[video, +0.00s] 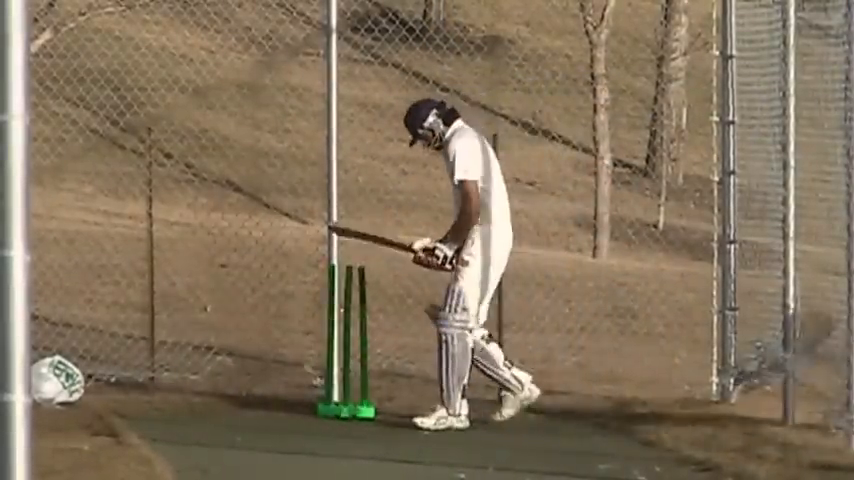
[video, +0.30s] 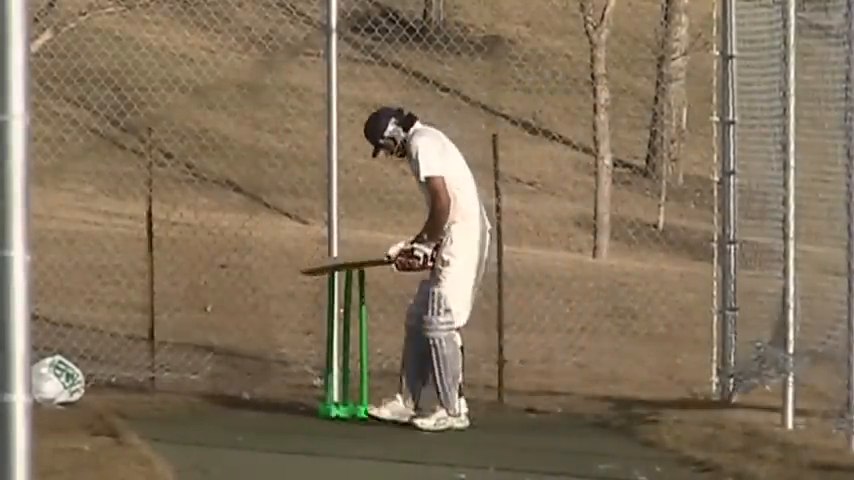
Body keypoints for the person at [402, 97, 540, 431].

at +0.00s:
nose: (426, 143)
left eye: (425, 136)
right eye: (422, 139)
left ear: (436, 125)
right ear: (438, 122)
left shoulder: (462, 142)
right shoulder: (464, 141)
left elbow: (471, 208)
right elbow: (471, 210)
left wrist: (448, 245)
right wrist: (444, 245)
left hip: (485, 243)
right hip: (485, 243)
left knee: (454, 323)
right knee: (464, 325)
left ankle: (453, 410)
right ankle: (518, 386)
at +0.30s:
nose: (388, 153)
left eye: (386, 146)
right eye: (383, 149)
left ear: (395, 133)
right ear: (396, 129)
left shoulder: (423, 143)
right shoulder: (423, 142)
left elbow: (442, 203)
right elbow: (439, 207)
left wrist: (428, 245)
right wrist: (415, 243)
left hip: (462, 239)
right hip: (452, 239)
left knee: (439, 323)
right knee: (418, 319)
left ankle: (451, 408)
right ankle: (411, 400)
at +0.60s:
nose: (360, 168)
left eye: (359, 161)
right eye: (356, 164)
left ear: (368, 148)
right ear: (364, 153)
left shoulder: (395, 152)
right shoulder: (382, 165)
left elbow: (413, 206)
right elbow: (403, 217)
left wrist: (412, 256)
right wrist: (401, 267)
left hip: (449, 237)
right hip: (426, 241)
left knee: (424, 317)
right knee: (401, 318)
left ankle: (435, 406)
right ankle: (404, 403)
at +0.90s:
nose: (349, 180)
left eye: (349, 172)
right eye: (345, 175)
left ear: (360, 160)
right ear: (354, 164)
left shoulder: (388, 166)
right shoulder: (371, 186)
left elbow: (399, 225)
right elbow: (386, 237)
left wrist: (408, 276)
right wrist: (399, 282)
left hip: (448, 243)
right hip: (420, 248)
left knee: (426, 320)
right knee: (395, 323)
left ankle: (434, 410)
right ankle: (404, 404)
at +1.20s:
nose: (367, 129)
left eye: (373, 121)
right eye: (360, 124)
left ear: (384, 121)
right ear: (352, 129)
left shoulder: (403, 151)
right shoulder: (368, 170)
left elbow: (412, 208)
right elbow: (385, 224)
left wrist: (402, 262)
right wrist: (392, 273)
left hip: (436, 243)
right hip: (407, 249)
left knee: (421, 320)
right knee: (396, 323)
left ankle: (432, 408)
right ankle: (405, 403)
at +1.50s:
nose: (374, 118)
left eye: (380, 112)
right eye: (367, 112)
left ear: (392, 111)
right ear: (359, 115)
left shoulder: (408, 142)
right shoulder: (363, 151)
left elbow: (425, 198)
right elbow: (382, 205)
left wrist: (403, 246)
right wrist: (385, 250)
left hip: (429, 241)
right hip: (401, 244)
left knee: (422, 320)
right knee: (391, 322)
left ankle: (435, 408)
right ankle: (406, 403)